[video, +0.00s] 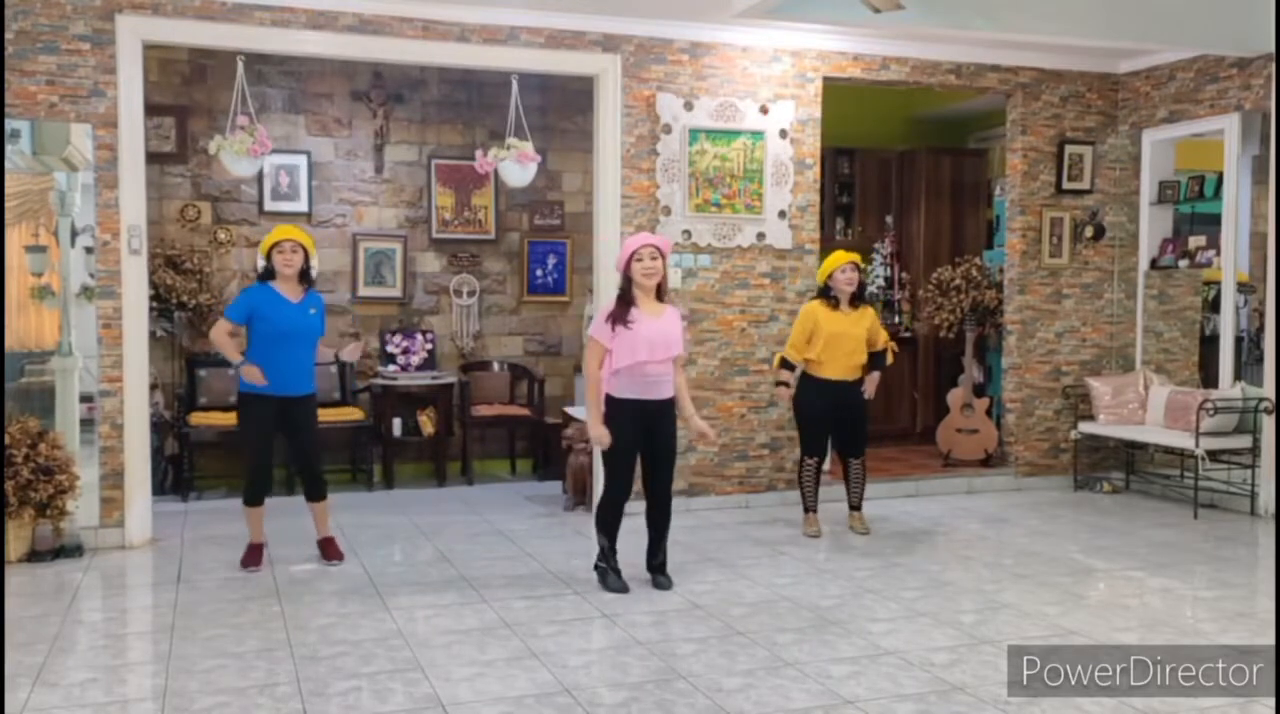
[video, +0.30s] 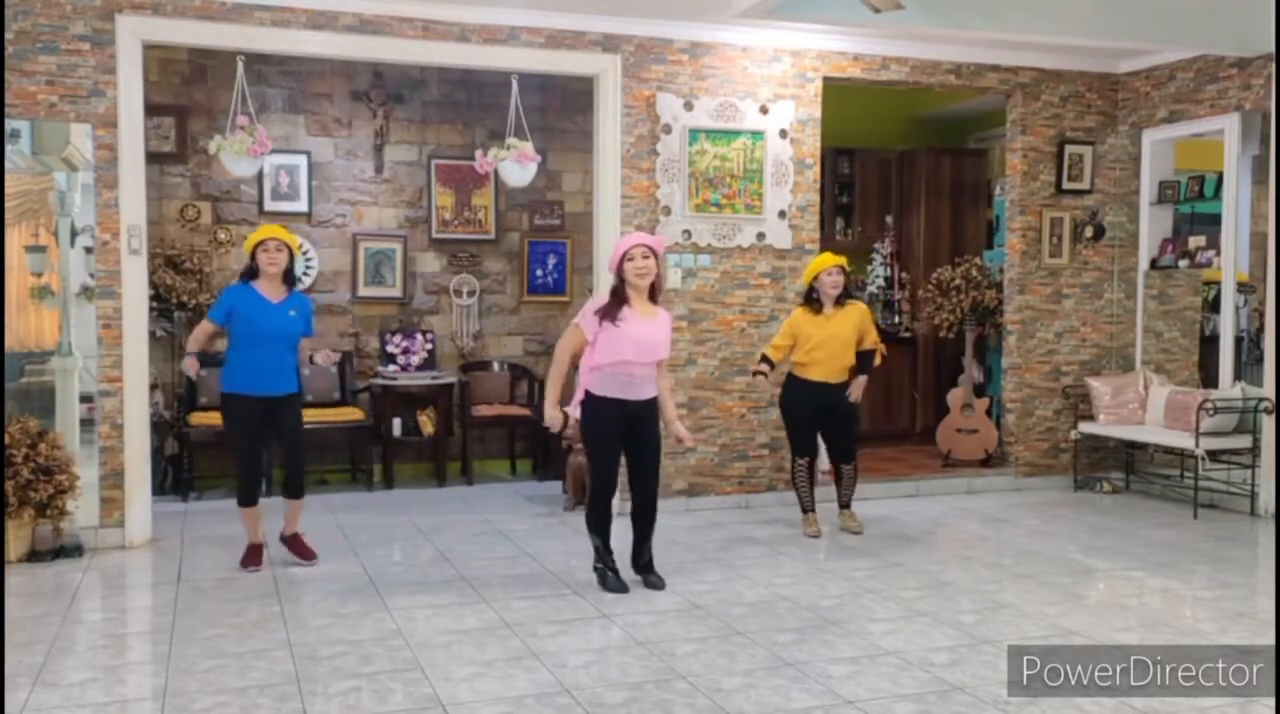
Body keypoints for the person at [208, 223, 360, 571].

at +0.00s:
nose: (288, 257)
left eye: (295, 251)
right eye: (281, 251)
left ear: (305, 259)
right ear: (271, 258)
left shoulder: (314, 301)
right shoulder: (255, 295)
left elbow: (313, 350)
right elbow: (218, 332)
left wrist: (340, 354)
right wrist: (242, 363)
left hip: (301, 397)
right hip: (258, 397)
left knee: (311, 466)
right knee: (258, 469)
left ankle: (325, 536)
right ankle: (256, 541)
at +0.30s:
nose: (272, 255)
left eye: (279, 249)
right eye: (265, 249)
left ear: (290, 258)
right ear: (254, 257)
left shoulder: (301, 303)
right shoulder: (236, 295)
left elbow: (303, 350)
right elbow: (204, 330)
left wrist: (317, 355)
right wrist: (191, 353)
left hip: (286, 397)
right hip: (242, 396)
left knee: (296, 462)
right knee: (249, 467)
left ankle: (291, 533)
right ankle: (255, 541)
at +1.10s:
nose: (284, 256)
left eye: (291, 251)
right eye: (278, 251)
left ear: (301, 259)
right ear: (266, 259)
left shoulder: (321, 296)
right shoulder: (254, 304)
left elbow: (338, 339)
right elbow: (246, 352)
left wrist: (328, 354)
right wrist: (213, 340)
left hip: (310, 397)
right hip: (266, 398)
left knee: (320, 466)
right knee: (261, 468)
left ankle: (334, 539)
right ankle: (256, 541)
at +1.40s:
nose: (309, 259)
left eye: (316, 254)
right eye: (302, 254)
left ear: (323, 261)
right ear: (290, 261)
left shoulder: (343, 295)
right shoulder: (278, 307)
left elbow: (365, 332)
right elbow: (273, 357)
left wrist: (377, 350)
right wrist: (258, 368)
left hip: (340, 398)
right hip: (296, 399)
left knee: (338, 469)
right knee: (284, 468)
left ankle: (336, 539)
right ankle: (277, 535)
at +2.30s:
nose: (306, 254)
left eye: (312, 249)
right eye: (298, 249)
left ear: (319, 258)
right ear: (286, 256)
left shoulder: (324, 302)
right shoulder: (267, 295)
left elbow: (326, 351)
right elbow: (230, 329)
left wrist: (361, 346)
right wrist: (262, 351)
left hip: (312, 396)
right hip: (270, 396)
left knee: (321, 465)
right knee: (266, 467)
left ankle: (334, 539)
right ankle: (263, 543)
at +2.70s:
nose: (287, 255)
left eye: (294, 250)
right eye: (280, 249)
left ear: (304, 260)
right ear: (268, 257)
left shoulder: (311, 304)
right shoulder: (248, 293)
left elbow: (312, 353)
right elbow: (209, 324)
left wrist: (331, 355)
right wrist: (210, 344)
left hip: (292, 396)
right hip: (249, 395)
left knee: (298, 465)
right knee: (255, 468)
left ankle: (288, 535)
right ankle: (261, 543)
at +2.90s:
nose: (284, 254)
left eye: (291, 249)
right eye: (278, 248)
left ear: (301, 258)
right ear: (265, 256)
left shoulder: (312, 301)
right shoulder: (247, 294)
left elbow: (317, 349)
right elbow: (221, 330)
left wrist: (331, 352)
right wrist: (208, 340)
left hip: (292, 396)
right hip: (249, 394)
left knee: (291, 466)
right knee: (255, 467)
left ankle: (284, 539)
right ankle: (262, 544)